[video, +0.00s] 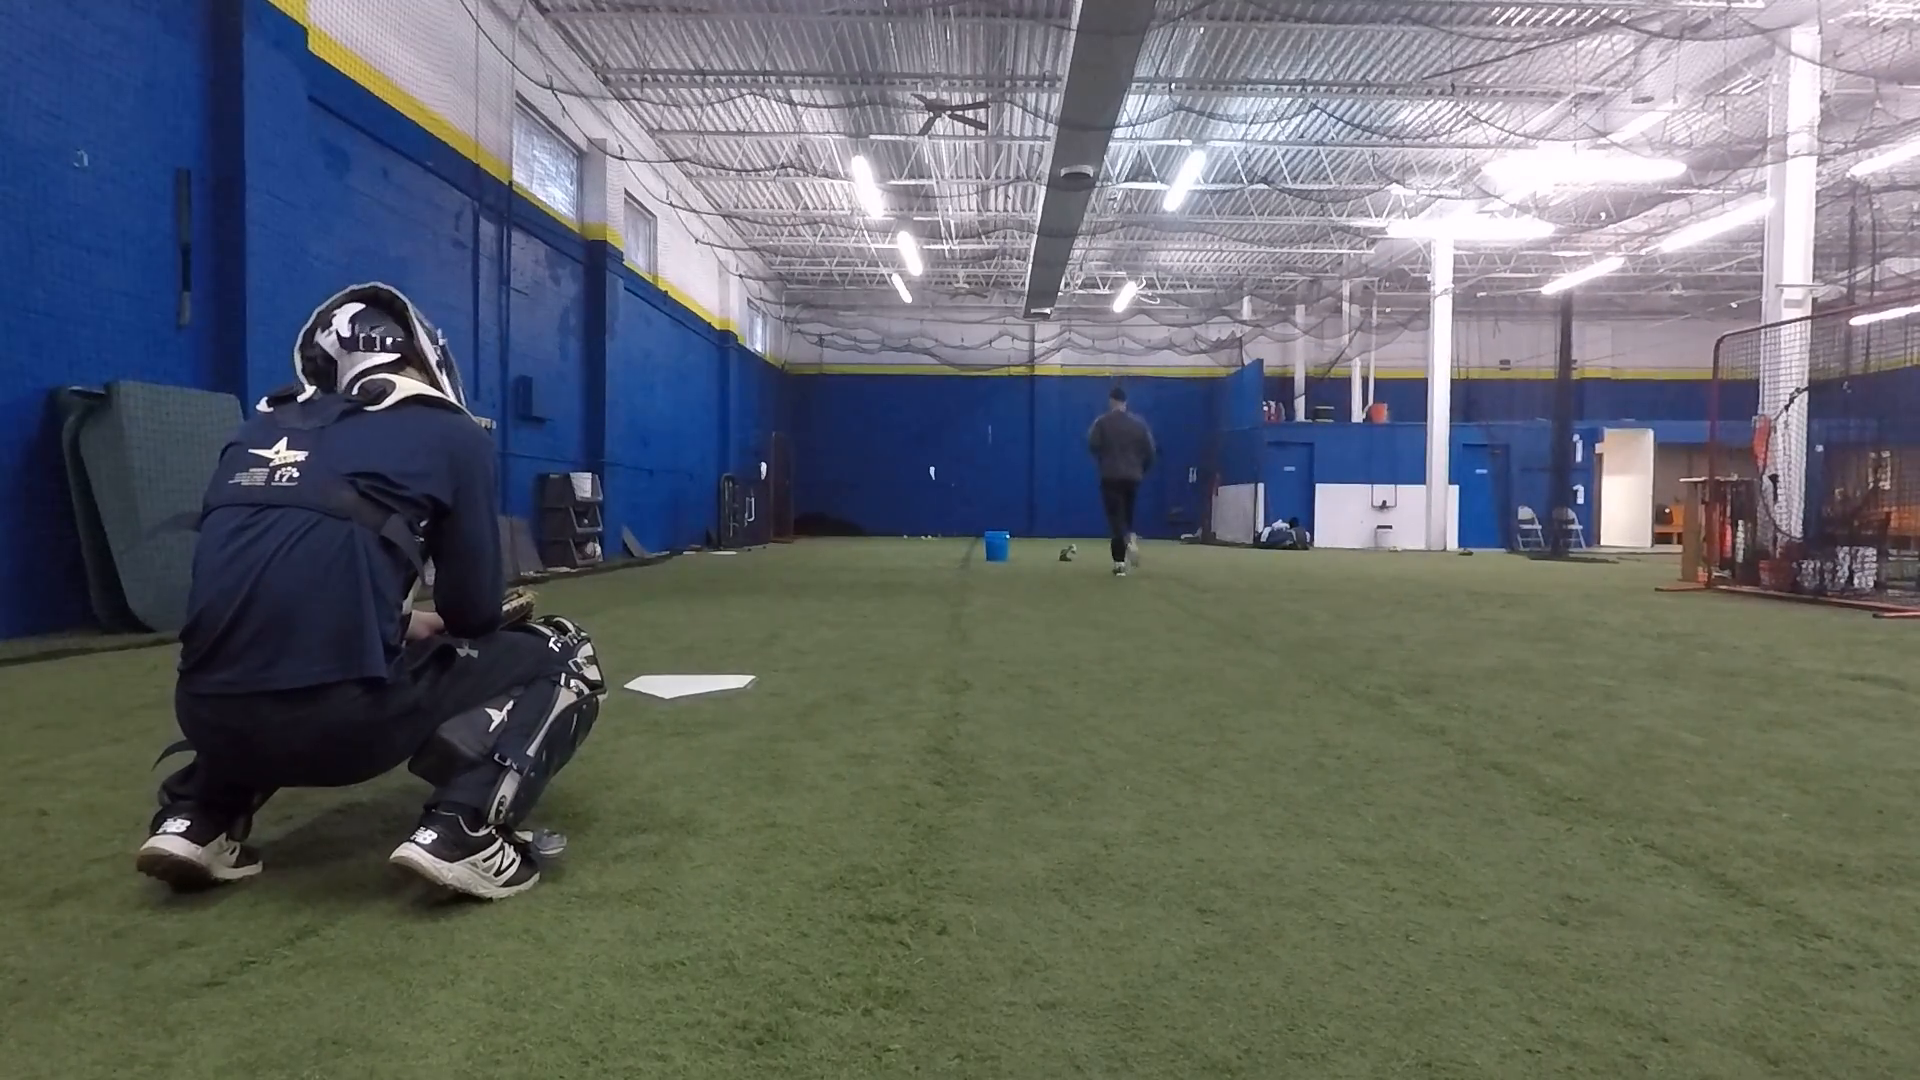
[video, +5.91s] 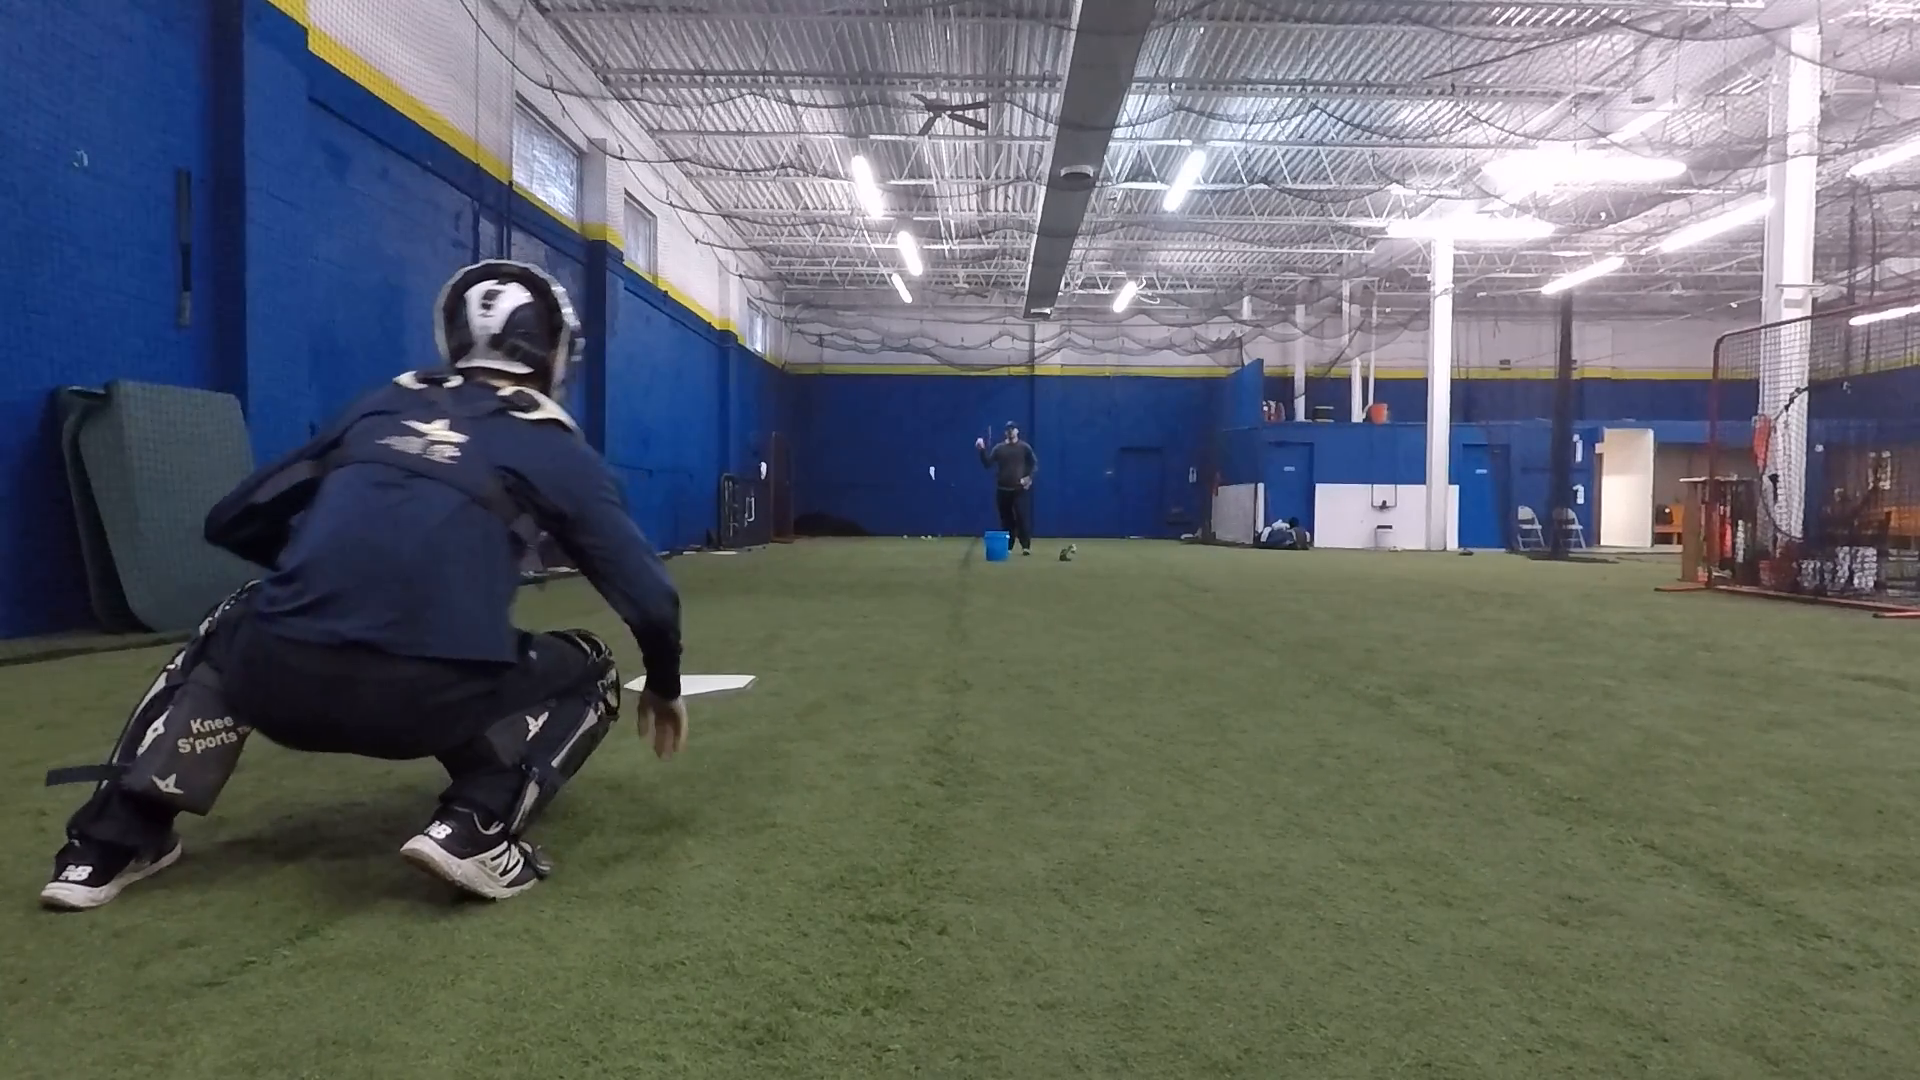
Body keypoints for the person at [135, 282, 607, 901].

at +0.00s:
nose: (444, 361)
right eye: (433, 349)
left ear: (316, 372)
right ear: (423, 356)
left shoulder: (259, 426)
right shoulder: (451, 432)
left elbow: (252, 585)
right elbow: (475, 611)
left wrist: (402, 623)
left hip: (218, 721)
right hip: (347, 723)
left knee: (279, 628)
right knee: (565, 654)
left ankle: (196, 817)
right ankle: (462, 827)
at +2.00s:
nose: (473, 373)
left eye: (472, 357)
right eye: (469, 356)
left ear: (353, 355)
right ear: (451, 356)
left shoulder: (276, 428)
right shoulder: (454, 439)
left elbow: (259, 587)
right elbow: (472, 618)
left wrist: (396, 625)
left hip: (219, 720)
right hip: (345, 722)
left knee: (286, 630)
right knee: (564, 658)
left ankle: (195, 815)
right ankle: (465, 825)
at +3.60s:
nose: (482, 347)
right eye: (477, 332)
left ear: (364, 339)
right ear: (466, 340)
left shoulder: (297, 414)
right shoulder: (491, 435)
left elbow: (259, 559)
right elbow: (503, 602)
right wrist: (429, 627)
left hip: (234, 690)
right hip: (373, 699)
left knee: (294, 616)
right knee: (574, 660)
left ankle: (203, 819)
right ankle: (451, 826)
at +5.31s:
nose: (566, 342)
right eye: (562, 327)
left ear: (448, 330)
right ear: (550, 335)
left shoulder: (375, 396)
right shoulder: (567, 442)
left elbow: (278, 540)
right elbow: (556, 612)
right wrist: (463, 606)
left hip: (289, 670)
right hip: (430, 691)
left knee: (291, 631)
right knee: (589, 674)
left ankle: (205, 821)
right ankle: (462, 821)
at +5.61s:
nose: (606, 345)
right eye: (606, 334)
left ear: (499, 328)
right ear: (601, 347)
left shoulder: (437, 382)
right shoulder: (616, 460)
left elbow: (269, 481)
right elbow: (596, 626)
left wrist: (369, 522)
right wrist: (517, 608)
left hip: (334, 658)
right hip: (477, 696)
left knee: (260, 592)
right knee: (576, 683)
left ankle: (151, 815)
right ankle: (474, 818)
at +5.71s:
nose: (604, 346)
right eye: (602, 333)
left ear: (495, 329)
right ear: (596, 348)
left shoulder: (425, 388)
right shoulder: (610, 460)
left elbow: (262, 490)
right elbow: (628, 632)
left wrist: (361, 536)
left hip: (324, 658)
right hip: (470, 691)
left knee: (252, 603)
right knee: (581, 676)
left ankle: (117, 828)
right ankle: (472, 819)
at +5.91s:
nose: (569, 365)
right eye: (564, 349)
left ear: (453, 346)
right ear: (553, 359)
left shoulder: (376, 406)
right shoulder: (555, 444)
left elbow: (232, 520)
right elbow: (655, 603)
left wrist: (334, 563)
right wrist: (662, 685)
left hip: (283, 671)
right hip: (437, 693)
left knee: (232, 623)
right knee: (585, 666)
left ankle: (102, 845)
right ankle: (475, 827)